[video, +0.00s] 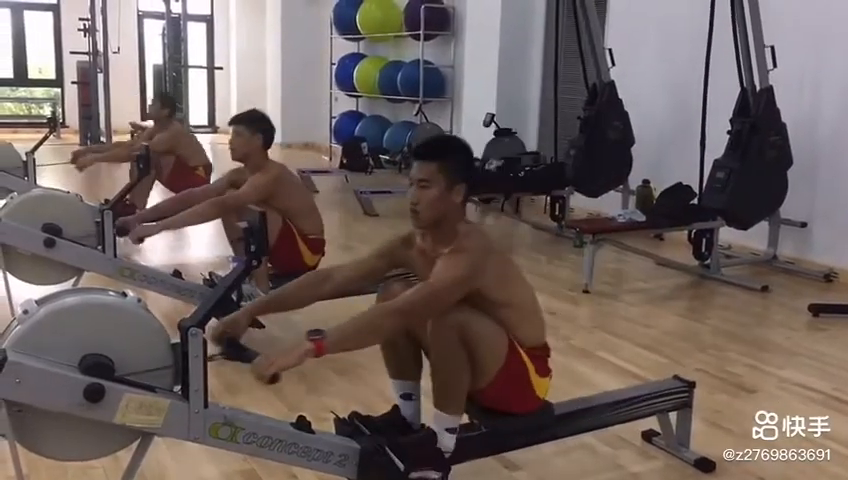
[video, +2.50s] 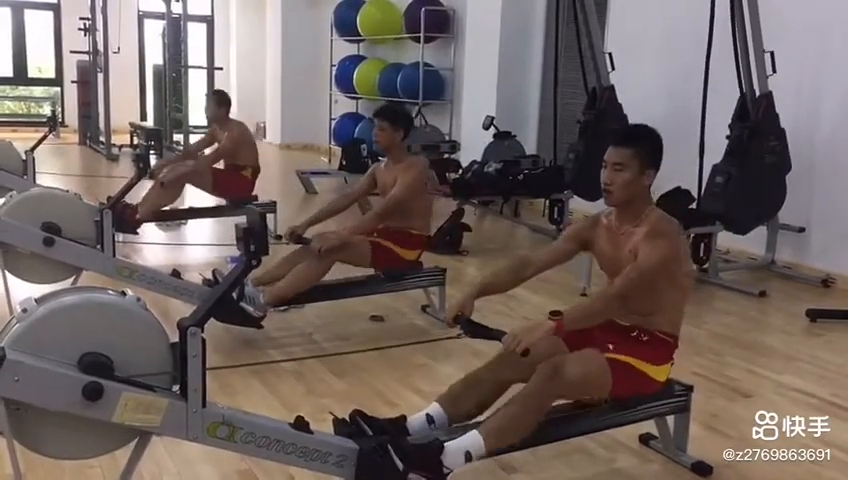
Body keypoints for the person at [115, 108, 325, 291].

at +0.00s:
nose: (230, 141)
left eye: (237, 135)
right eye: (231, 135)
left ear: (259, 141)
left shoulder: (270, 177)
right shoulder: (240, 175)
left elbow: (219, 207)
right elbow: (191, 197)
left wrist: (157, 228)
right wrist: (139, 217)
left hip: (303, 253)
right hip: (283, 248)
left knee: (260, 212)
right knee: (229, 206)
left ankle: (262, 286)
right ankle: (244, 274)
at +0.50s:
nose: (353, 127)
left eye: (360, 122)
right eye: (353, 121)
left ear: (377, 127)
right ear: (352, 123)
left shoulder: (381, 169)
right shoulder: (353, 163)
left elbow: (329, 200)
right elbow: (308, 186)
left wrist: (281, 213)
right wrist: (260, 198)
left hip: (379, 244)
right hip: (363, 234)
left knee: (310, 220)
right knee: (296, 212)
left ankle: (266, 294)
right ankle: (258, 280)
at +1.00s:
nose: (449, 163)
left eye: (456, 158)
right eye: (450, 157)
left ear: (474, 162)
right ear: (453, 158)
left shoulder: (476, 198)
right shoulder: (446, 185)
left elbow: (475, 244)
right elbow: (428, 218)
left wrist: (452, 236)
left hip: (413, 243)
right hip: (396, 228)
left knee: (343, 252)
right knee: (330, 243)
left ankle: (262, 293)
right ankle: (247, 276)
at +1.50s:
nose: (429, 144)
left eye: (436, 139)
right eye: (428, 139)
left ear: (454, 144)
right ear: (430, 142)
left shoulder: (458, 181)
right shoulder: (425, 173)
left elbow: (457, 233)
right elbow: (412, 211)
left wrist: (423, 228)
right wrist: (381, 218)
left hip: (414, 242)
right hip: (391, 231)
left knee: (337, 258)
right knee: (325, 248)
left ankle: (259, 298)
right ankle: (243, 280)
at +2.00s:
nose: (397, 135)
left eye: (403, 130)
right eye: (397, 129)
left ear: (422, 134)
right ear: (401, 133)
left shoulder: (431, 176)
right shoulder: (401, 169)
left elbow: (402, 223)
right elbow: (367, 205)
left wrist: (364, 244)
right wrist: (329, 229)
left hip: (408, 251)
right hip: (387, 242)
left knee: (336, 271)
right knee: (324, 258)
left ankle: (260, 301)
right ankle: (247, 285)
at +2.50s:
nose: (375, 135)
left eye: (382, 130)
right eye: (375, 129)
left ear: (401, 134)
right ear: (382, 133)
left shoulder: (416, 168)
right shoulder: (380, 169)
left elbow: (383, 213)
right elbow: (345, 199)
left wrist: (341, 236)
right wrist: (304, 225)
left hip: (405, 247)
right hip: (380, 238)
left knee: (330, 251)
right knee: (316, 243)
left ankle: (263, 301)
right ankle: (246, 284)